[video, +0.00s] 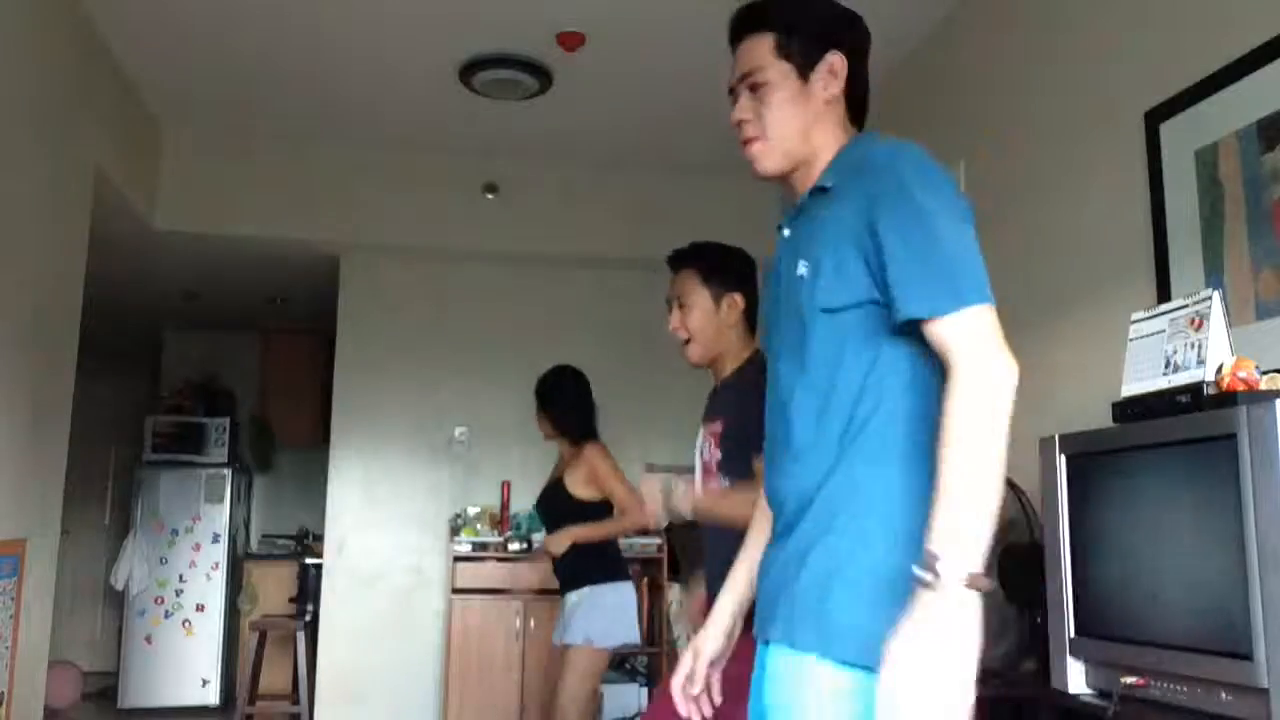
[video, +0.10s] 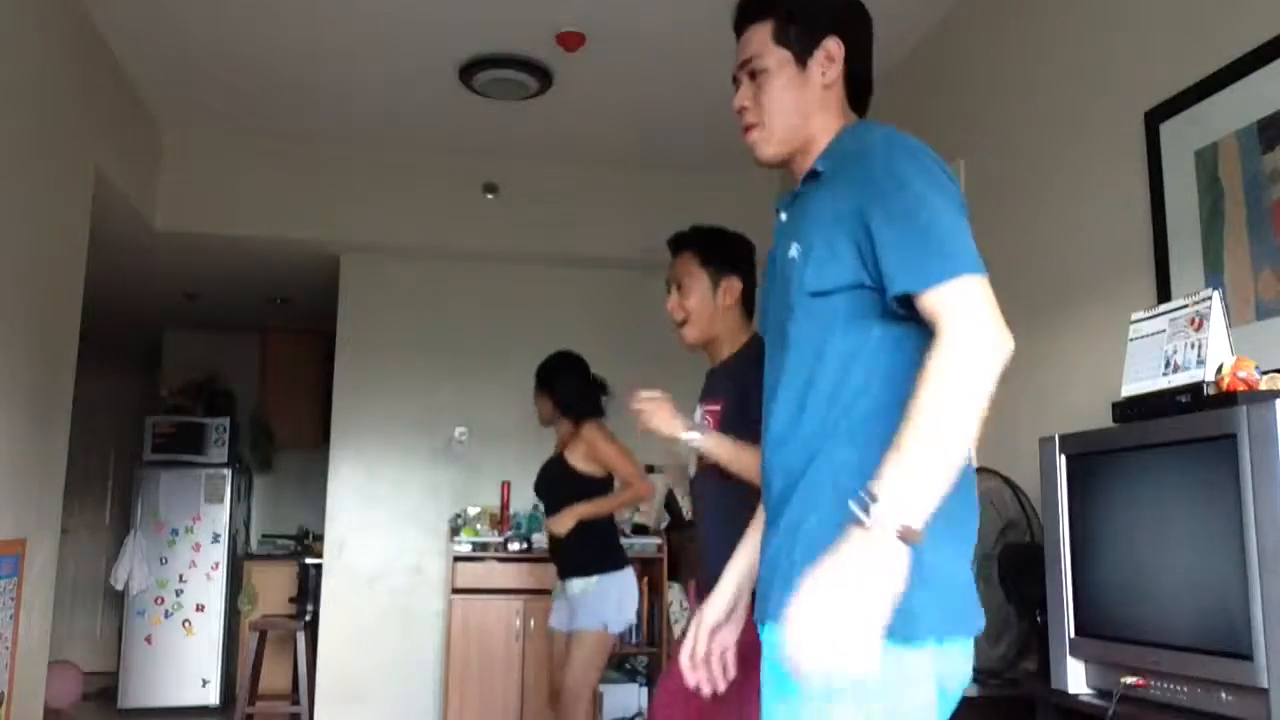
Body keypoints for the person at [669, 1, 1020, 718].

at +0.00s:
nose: (736, 115)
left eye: (756, 87)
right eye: (733, 96)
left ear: (830, 77)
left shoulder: (891, 176)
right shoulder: (792, 241)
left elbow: (986, 368)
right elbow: (790, 459)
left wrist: (949, 588)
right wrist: (727, 614)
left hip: (863, 617)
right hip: (797, 614)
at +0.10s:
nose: (737, 101)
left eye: (754, 73)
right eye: (736, 82)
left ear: (827, 63)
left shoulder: (881, 160)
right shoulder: (796, 213)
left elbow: (977, 336)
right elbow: (810, 432)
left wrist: (881, 536)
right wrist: (741, 578)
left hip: (879, 619)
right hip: (804, 613)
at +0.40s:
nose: (737, 129)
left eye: (754, 102)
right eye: (739, 110)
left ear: (825, 95)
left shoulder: (864, 188)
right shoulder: (801, 234)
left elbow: (916, 384)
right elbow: (807, 438)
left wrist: (724, 499)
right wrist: (736, 575)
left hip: (860, 636)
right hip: (811, 625)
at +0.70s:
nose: (740, 133)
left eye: (754, 106)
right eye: (740, 113)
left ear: (826, 94)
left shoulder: (858, 169)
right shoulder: (809, 211)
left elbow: (890, 352)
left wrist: (732, 434)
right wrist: (701, 442)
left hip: (864, 597)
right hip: (818, 593)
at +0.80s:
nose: (738, 148)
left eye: (753, 122)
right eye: (739, 128)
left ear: (825, 117)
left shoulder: (848, 187)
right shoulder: (813, 229)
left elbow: (892, 373)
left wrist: (698, 439)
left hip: (856, 637)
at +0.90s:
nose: (729, 99)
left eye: (740, 71)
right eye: (728, 77)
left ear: (811, 55)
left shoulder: (845, 137)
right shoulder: (796, 191)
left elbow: (924, 289)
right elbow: (837, 394)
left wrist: (759, 375)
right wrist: (727, 435)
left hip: (874, 589)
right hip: (830, 584)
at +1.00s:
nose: (726, 66)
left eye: (738, 40)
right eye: (725, 47)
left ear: (811, 25)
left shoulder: (855, 110)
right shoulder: (796, 153)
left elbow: (945, 293)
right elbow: (834, 370)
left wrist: (810, 452)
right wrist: (728, 453)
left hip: (887, 550)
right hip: (828, 546)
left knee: (871, 707)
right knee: (810, 708)